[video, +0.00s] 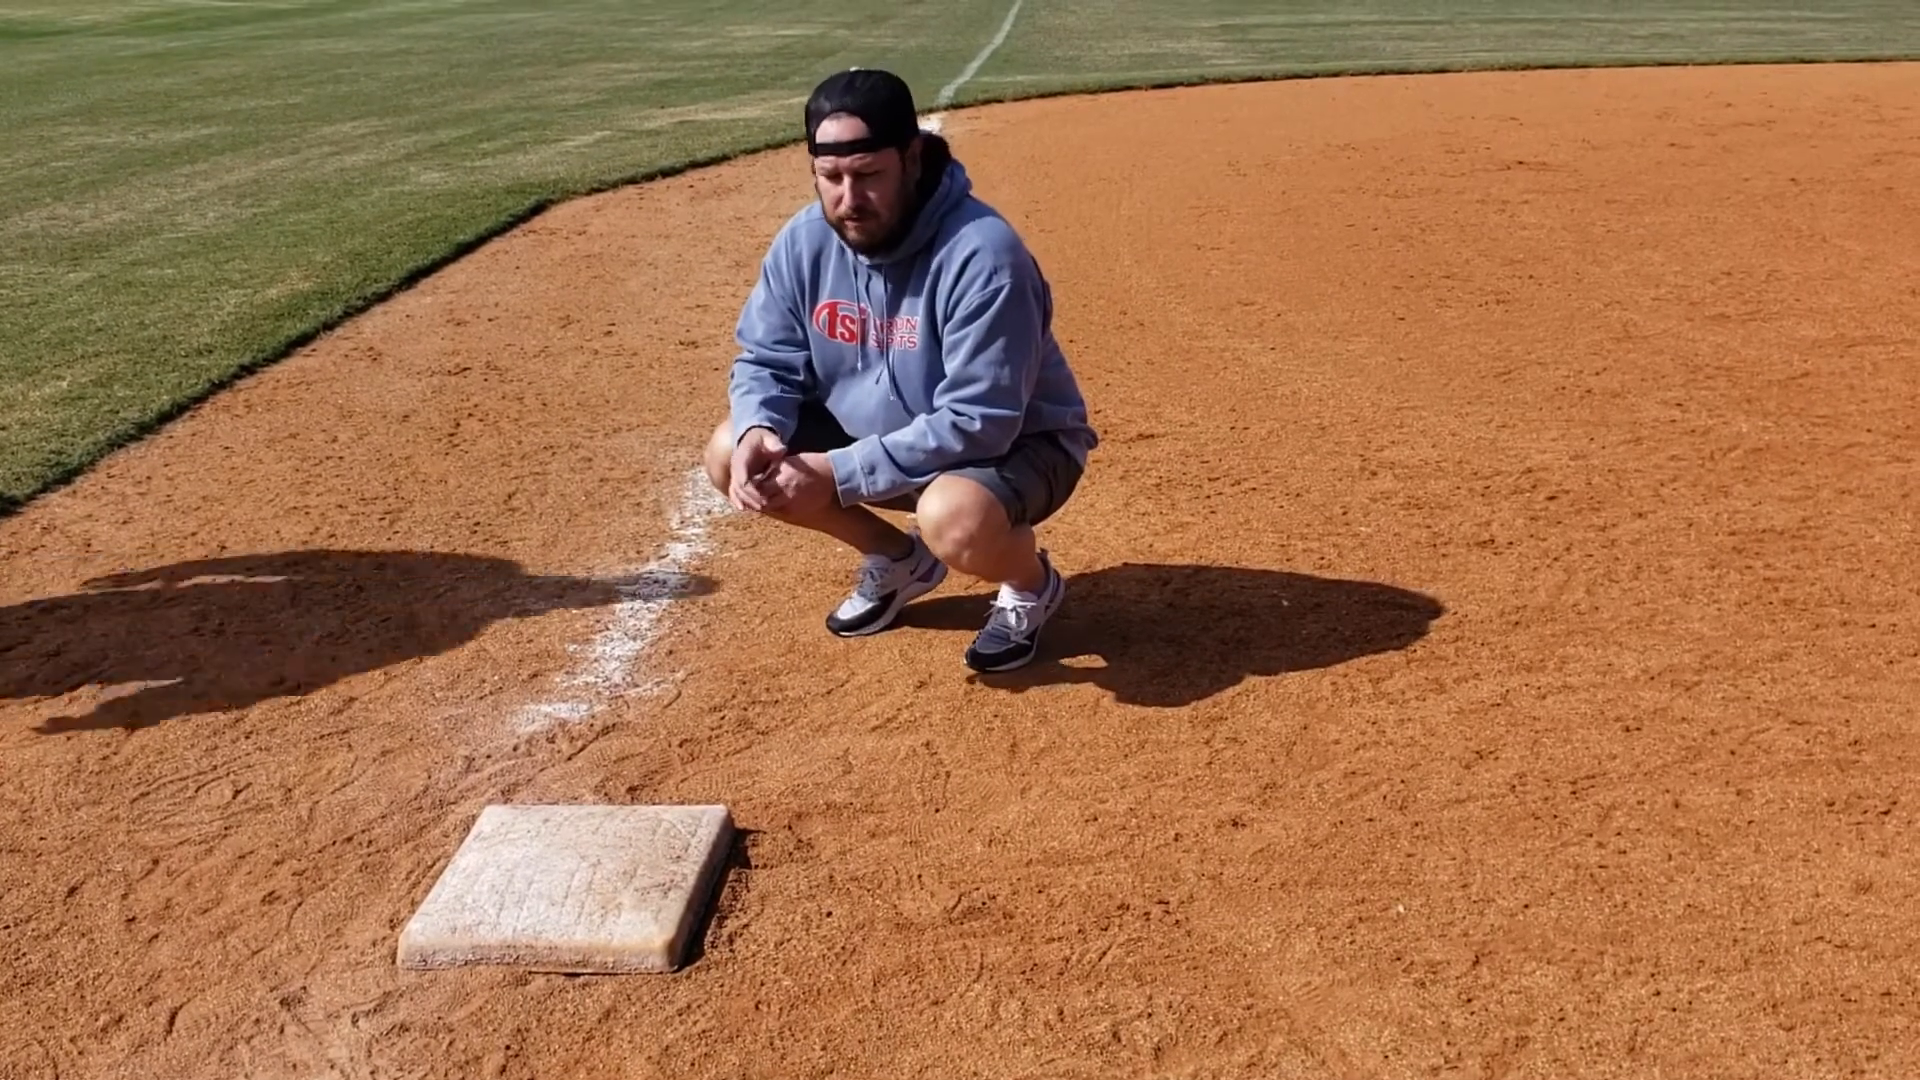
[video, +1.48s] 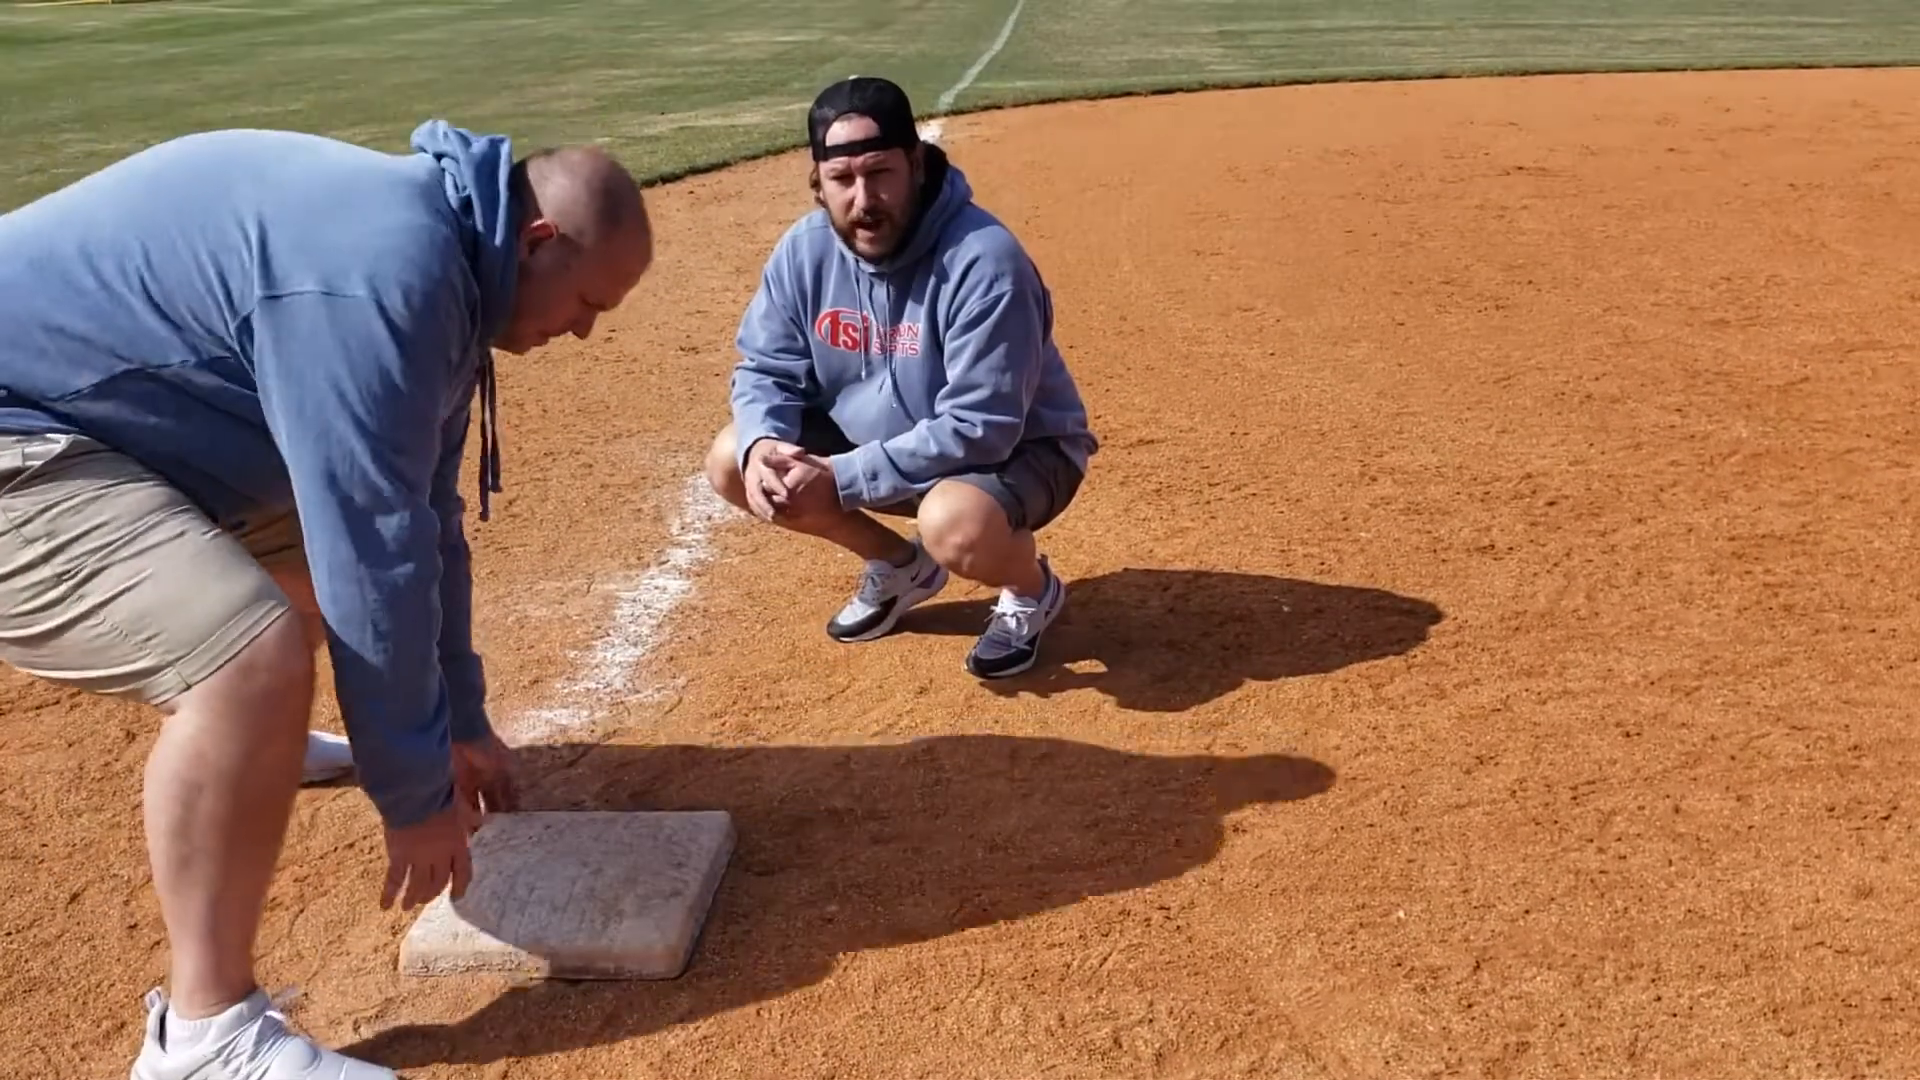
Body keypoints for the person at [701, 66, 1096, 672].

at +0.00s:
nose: (848, 198)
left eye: (868, 175)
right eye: (831, 176)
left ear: (913, 157)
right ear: (814, 171)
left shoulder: (983, 259)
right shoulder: (803, 244)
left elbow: (978, 424)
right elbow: (766, 359)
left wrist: (838, 475)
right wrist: (758, 429)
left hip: (1021, 442)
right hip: (886, 434)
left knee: (953, 518)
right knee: (733, 454)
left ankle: (1033, 587)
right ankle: (897, 557)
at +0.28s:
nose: (843, 204)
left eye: (863, 179)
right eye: (826, 181)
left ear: (908, 163)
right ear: (809, 176)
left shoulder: (981, 261)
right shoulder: (801, 247)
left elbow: (977, 427)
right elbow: (766, 363)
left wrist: (837, 479)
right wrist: (758, 440)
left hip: (1020, 444)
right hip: (885, 436)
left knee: (952, 522)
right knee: (733, 455)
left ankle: (1032, 588)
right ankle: (897, 560)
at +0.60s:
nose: (858, 201)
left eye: (875, 174)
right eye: (836, 179)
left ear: (914, 162)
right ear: (814, 182)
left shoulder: (982, 263)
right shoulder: (801, 250)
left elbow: (977, 429)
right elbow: (764, 368)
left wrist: (840, 480)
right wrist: (762, 446)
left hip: (1023, 445)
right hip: (891, 439)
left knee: (951, 524)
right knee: (732, 459)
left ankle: (1033, 590)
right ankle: (899, 561)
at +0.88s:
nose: (861, 199)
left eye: (878, 172)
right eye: (839, 177)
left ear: (916, 162)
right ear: (816, 182)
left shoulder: (983, 264)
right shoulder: (802, 250)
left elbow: (980, 429)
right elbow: (767, 367)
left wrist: (838, 482)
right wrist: (767, 443)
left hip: (1023, 446)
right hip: (889, 440)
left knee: (954, 526)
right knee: (734, 463)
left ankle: (1034, 589)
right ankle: (900, 562)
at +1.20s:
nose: (863, 198)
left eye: (880, 172)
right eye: (840, 177)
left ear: (918, 163)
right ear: (818, 181)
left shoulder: (984, 264)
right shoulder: (804, 250)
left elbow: (978, 430)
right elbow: (766, 367)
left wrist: (841, 479)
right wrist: (762, 443)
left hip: (1022, 448)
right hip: (885, 441)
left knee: (953, 523)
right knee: (734, 461)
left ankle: (1034, 589)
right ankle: (899, 563)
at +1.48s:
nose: (863, 200)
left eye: (880, 173)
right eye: (841, 178)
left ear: (918, 164)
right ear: (818, 182)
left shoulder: (985, 265)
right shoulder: (804, 250)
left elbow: (980, 429)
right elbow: (766, 367)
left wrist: (843, 481)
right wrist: (762, 441)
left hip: (1021, 449)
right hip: (884, 442)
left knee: (953, 525)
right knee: (735, 463)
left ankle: (1032, 591)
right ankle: (899, 563)